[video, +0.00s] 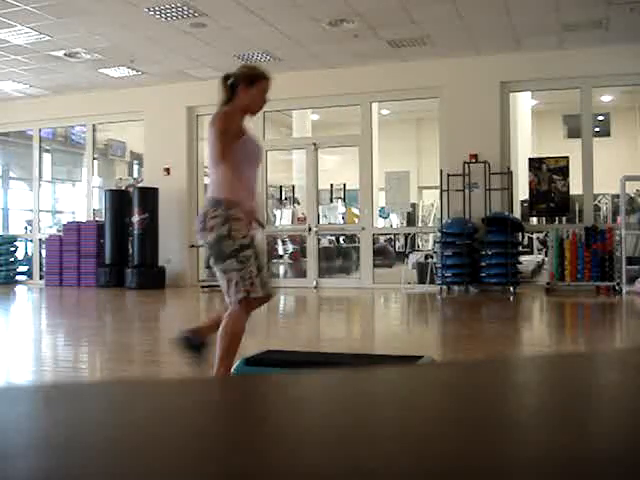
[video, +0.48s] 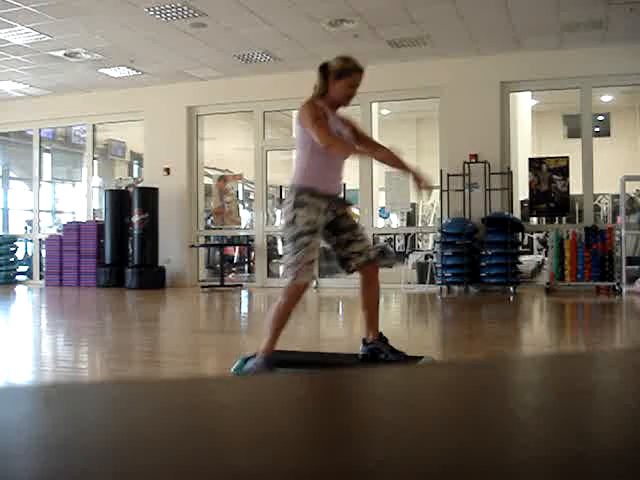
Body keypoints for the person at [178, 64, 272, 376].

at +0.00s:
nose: (265, 100)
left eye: (266, 94)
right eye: (262, 92)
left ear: (244, 91)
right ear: (244, 88)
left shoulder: (238, 124)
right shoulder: (226, 118)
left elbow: (237, 174)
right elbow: (220, 166)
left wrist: (250, 210)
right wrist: (243, 206)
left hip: (238, 215)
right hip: (223, 215)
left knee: (261, 293)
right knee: (242, 300)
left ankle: (198, 333)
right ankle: (221, 378)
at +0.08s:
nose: (282, 92)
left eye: (284, 86)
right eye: (279, 84)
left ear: (265, 83)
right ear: (261, 79)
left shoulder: (259, 115)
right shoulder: (241, 104)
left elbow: (275, 157)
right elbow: (263, 133)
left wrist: (307, 176)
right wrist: (297, 143)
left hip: (261, 204)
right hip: (240, 202)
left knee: (299, 257)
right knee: (249, 287)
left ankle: (268, 327)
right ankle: (232, 371)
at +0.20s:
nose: (308, 100)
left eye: (310, 94)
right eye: (306, 92)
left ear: (293, 91)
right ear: (288, 87)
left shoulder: (287, 131)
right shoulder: (264, 112)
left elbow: (326, 150)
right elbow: (312, 118)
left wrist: (369, 137)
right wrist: (363, 103)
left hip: (283, 212)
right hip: (258, 211)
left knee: (330, 262)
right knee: (269, 294)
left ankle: (351, 332)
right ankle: (242, 370)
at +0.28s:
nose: (322, 109)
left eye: (323, 104)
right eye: (320, 103)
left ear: (307, 99)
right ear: (302, 96)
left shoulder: (301, 142)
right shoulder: (276, 122)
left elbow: (342, 152)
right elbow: (326, 122)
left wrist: (380, 131)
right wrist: (371, 101)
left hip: (296, 223)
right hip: (270, 221)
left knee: (343, 265)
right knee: (274, 298)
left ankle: (365, 338)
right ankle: (240, 372)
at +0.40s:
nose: (347, 99)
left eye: (350, 94)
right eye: (344, 92)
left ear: (343, 91)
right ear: (326, 86)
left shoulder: (332, 123)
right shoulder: (305, 113)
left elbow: (362, 146)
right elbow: (334, 139)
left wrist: (388, 146)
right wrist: (380, 149)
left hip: (327, 208)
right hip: (299, 206)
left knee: (367, 267)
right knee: (292, 283)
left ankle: (372, 341)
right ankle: (260, 359)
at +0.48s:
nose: (353, 93)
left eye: (356, 88)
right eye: (350, 86)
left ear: (348, 87)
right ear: (332, 81)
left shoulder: (343, 122)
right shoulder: (309, 110)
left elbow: (376, 149)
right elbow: (326, 141)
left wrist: (411, 171)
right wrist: (359, 150)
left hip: (334, 205)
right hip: (305, 202)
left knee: (369, 265)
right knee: (301, 278)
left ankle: (373, 341)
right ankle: (263, 355)